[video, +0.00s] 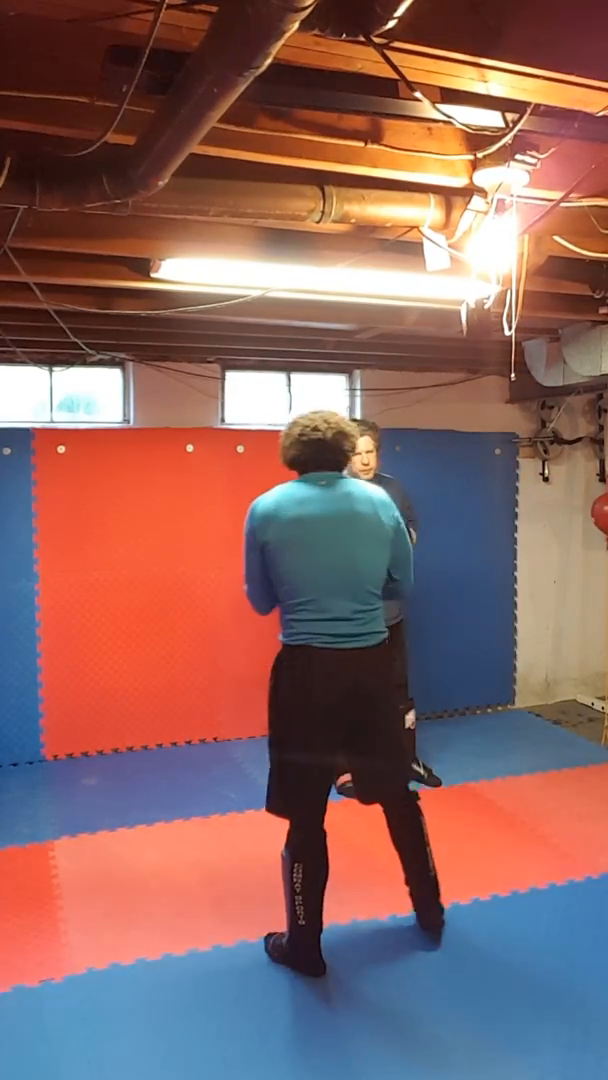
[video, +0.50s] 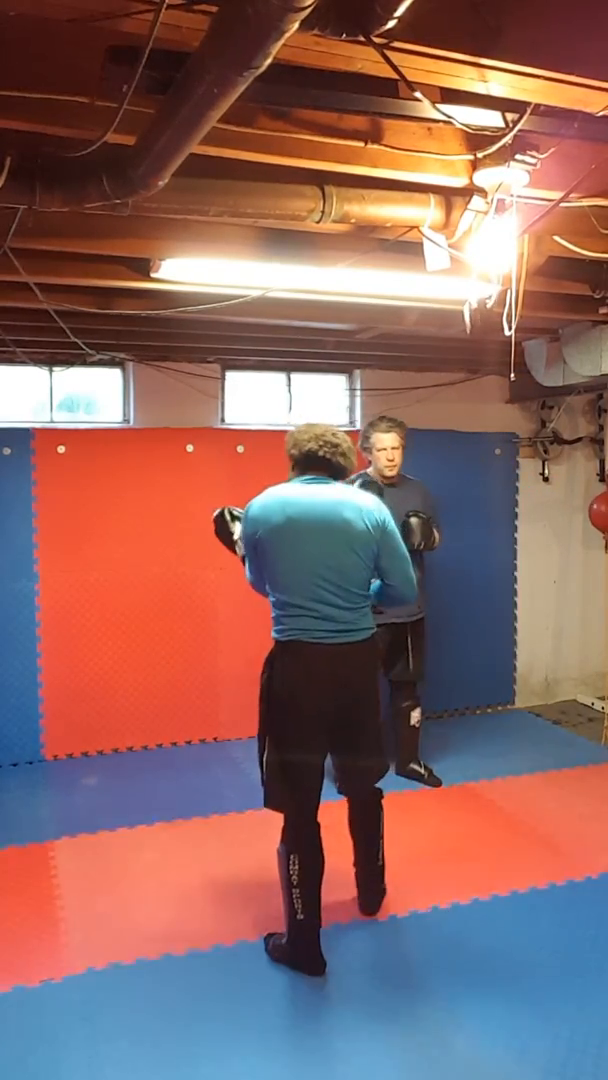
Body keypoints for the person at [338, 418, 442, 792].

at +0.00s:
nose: (366, 460)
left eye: (371, 452)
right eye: (359, 453)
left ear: (378, 454)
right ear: (343, 456)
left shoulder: (392, 491)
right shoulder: (330, 493)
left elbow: (410, 534)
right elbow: (320, 543)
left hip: (389, 611)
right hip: (344, 613)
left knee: (398, 688)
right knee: (344, 691)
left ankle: (409, 757)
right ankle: (346, 766)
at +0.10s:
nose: (369, 458)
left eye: (375, 451)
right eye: (361, 452)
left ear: (383, 452)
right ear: (347, 456)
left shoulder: (399, 490)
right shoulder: (336, 493)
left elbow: (414, 536)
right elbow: (331, 541)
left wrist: (377, 532)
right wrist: (396, 531)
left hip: (393, 613)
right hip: (350, 614)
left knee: (400, 688)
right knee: (351, 690)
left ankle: (407, 757)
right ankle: (349, 765)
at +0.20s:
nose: (375, 458)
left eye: (380, 450)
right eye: (366, 451)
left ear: (388, 451)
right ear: (349, 453)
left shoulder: (404, 490)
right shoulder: (338, 491)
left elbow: (421, 534)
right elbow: (331, 540)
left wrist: (398, 537)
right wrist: (377, 535)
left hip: (397, 612)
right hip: (355, 613)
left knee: (401, 689)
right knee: (357, 690)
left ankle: (406, 758)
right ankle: (351, 765)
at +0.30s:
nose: (380, 457)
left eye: (385, 449)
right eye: (371, 450)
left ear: (393, 451)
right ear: (355, 453)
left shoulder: (409, 490)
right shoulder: (341, 491)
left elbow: (426, 534)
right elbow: (333, 539)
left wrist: (415, 536)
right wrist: (373, 539)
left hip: (401, 613)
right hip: (358, 613)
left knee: (403, 690)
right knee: (357, 691)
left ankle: (407, 758)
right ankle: (349, 764)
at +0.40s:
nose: (385, 457)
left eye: (390, 449)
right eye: (377, 450)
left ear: (398, 450)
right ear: (360, 452)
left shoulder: (413, 491)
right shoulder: (347, 491)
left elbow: (431, 534)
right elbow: (338, 542)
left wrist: (421, 536)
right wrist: (377, 543)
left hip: (407, 612)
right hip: (364, 613)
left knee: (405, 689)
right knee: (361, 691)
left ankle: (408, 759)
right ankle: (357, 763)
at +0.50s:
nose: (391, 457)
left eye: (396, 449)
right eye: (383, 450)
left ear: (403, 450)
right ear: (368, 452)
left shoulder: (417, 492)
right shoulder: (354, 491)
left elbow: (436, 536)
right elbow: (344, 539)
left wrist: (426, 537)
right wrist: (381, 539)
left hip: (409, 610)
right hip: (367, 611)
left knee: (408, 688)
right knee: (363, 690)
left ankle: (408, 759)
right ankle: (363, 762)